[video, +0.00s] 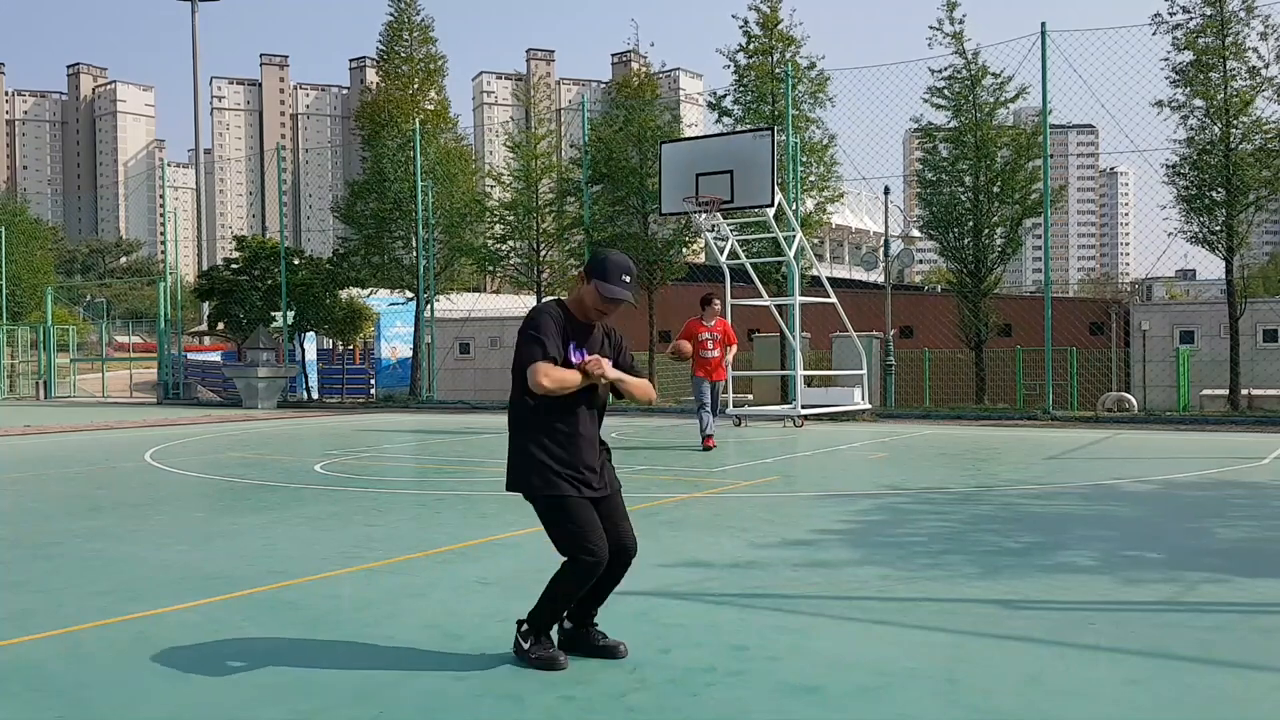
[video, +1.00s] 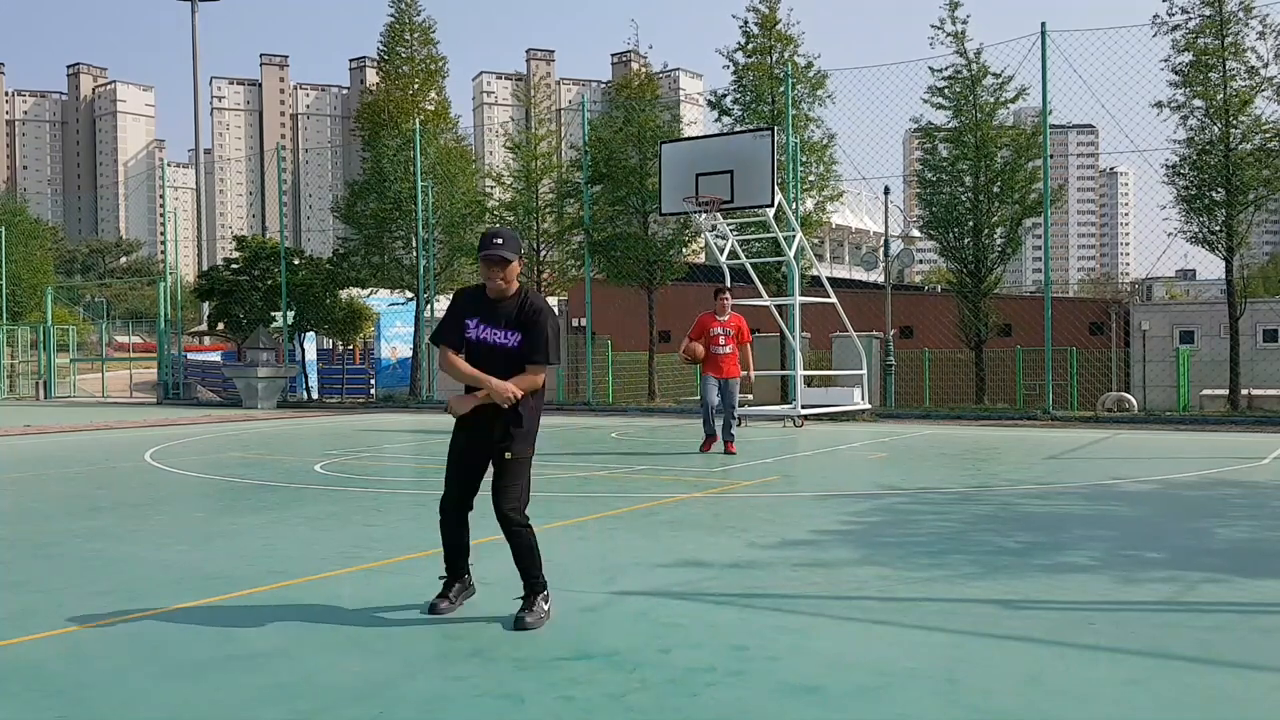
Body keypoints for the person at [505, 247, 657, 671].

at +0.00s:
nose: (610, 309)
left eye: (618, 302)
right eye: (604, 298)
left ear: (625, 298)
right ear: (583, 282)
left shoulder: (609, 336)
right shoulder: (545, 318)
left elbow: (648, 393)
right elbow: (540, 379)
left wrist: (615, 375)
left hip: (591, 460)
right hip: (545, 464)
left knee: (622, 547)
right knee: (590, 552)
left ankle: (577, 629)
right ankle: (532, 633)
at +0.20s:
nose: (625, 307)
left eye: (629, 298)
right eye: (618, 297)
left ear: (628, 294)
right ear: (589, 288)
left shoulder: (613, 327)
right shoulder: (546, 315)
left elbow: (662, 348)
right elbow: (487, 340)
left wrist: (653, 404)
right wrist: (510, 414)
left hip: (563, 432)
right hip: (517, 432)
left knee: (586, 514)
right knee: (552, 518)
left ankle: (575, 623)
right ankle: (529, 631)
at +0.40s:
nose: (596, 265)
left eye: (600, 257)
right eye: (588, 256)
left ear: (601, 256)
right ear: (561, 250)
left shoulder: (599, 295)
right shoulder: (520, 281)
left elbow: (654, 312)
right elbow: (456, 302)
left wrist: (695, 360)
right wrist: (469, 339)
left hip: (565, 422)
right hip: (515, 420)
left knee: (584, 509)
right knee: (537, 509)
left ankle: (550, 580)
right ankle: (528, 622)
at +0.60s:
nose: (568, 292)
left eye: (574, 284)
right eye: (560, 283)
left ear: (579, 281)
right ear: (536, 277)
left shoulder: (583, 325)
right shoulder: (501, 316)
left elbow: (629, 368)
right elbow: (456, 362)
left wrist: (663, 419)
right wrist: (472, 390)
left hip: (562, 446)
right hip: (514, 441)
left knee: (567, 530)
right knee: (540, 518)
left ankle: (543, 598)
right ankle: (526, 625)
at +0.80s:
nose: (540, 288)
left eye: (549, 280)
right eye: (532, 279)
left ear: (558, 283)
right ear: (515, 279)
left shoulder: (568, 326)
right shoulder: (489, 311)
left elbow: (553, 397)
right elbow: (494, 383)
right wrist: (523, 438)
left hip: (541, 414)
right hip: (492, 411)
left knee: (542, 504)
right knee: (494, 495)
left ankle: (543, 597)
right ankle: (483, 594)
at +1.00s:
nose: (495, 271)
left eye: (503, 264)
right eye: (488, 263)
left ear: (519, 265)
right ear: (480, 264)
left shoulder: (537, 311)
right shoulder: (465, 300)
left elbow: (535, 378)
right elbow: (445, 358)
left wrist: (475, 397)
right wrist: (489, 382)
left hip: (516, 421)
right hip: (472, 418)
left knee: (509, 509)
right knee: (452, 504)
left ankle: (536, 595)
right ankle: (458, 580)